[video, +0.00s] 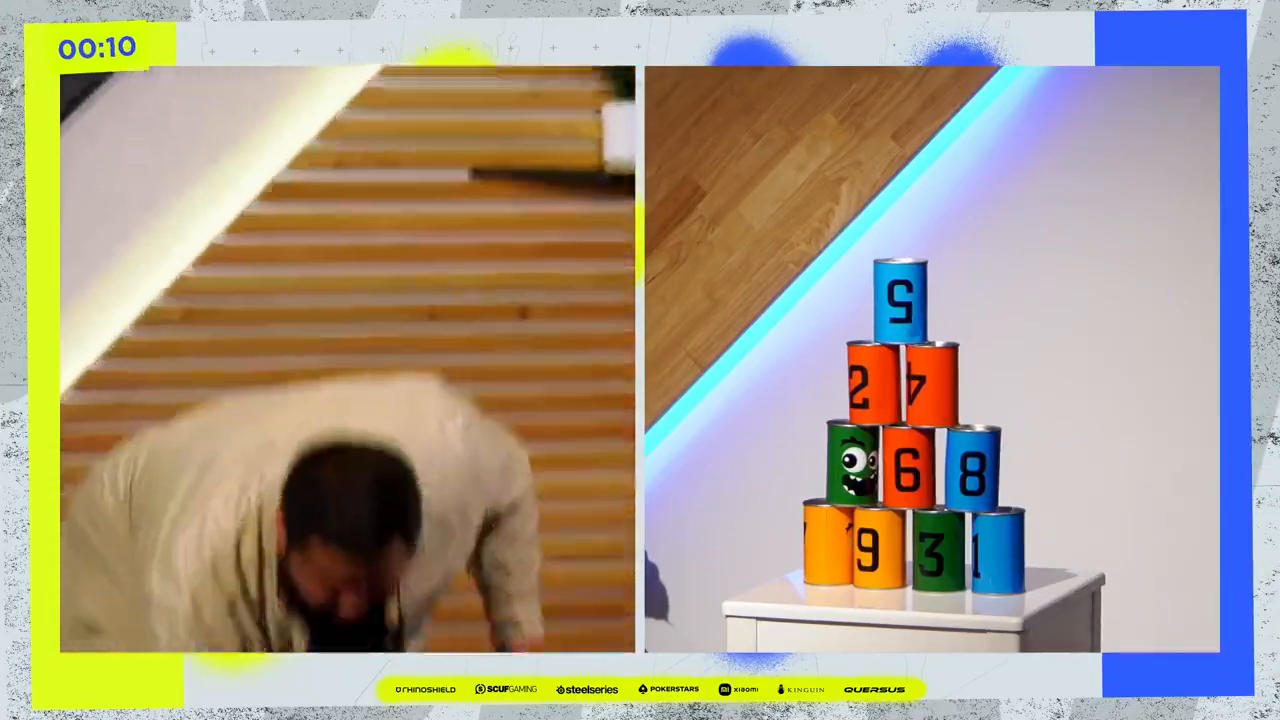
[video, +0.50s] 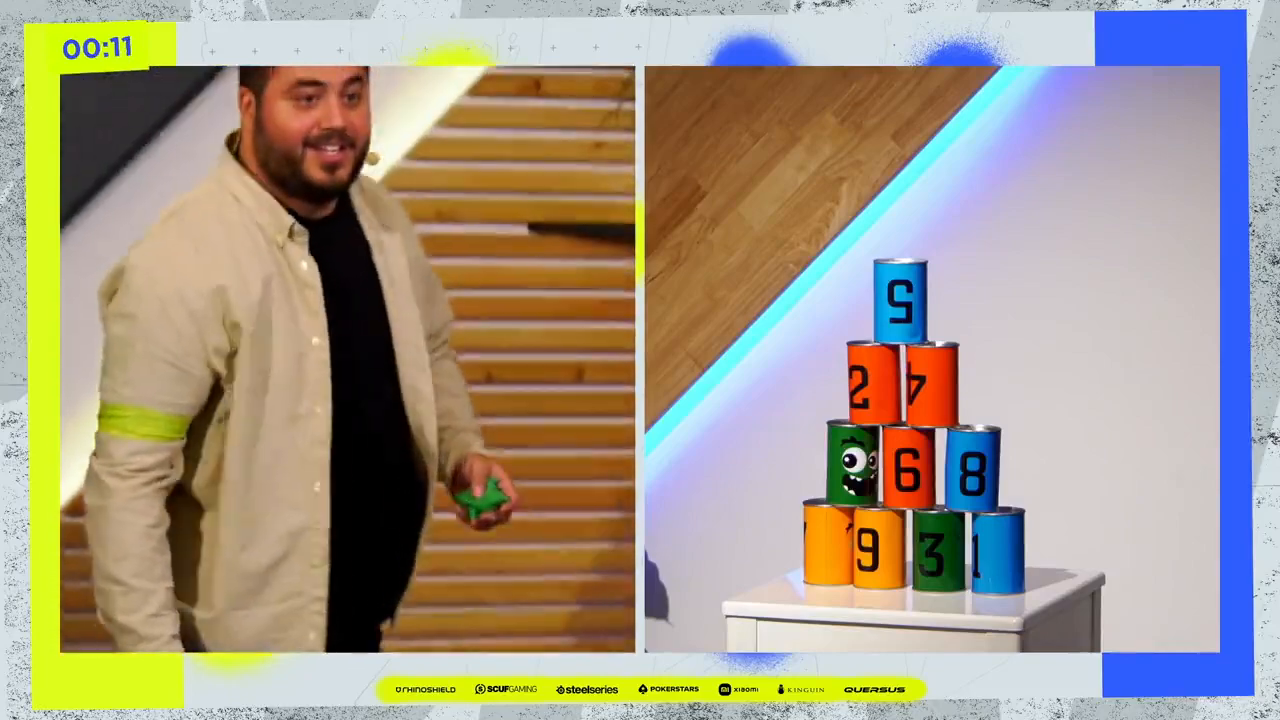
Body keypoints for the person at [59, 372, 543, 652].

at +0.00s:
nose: (350, 608)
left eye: (371, 587)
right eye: (331, 589)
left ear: (410, 541)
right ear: (283, 534)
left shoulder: (461, 450)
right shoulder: (204, 558)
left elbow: (508, 490)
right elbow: (204, 697)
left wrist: (522, 640)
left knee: (374, 693)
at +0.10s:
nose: (353, 359)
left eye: (373, 331)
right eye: (325, 336)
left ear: (400, 297)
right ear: (276, 310)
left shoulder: (444, 273)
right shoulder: (192, 386)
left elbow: (508, 350)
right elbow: (170, 612)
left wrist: (513, 487)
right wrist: (172, 711)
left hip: (351, 452)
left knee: (378, 658)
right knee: (213, 677)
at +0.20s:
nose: (360, 156)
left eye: (377, 123)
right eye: (329, 130)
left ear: (398, 108)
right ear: (273, 123)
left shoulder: (445, 153)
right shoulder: (190, 252)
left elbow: (502, 260)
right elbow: (152, 485)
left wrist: (497, 392)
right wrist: (173, 679)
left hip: (371, 497)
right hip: (236, 506)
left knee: (360, 695)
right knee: (236, 696)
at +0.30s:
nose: (366, 64)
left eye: (382, 34)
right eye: (334, 38)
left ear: (406, 41)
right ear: (275, 47)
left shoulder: (434, 114)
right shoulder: (204, 178)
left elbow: (482, 239)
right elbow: (143, 412)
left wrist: (480, 365)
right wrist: (160, 625)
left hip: (372, 490)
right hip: (253, 506)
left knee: (362, 698)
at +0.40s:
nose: (353, 86)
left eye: (371, 63)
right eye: (322, 63)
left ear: (392, 71)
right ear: (265, 66)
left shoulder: (410, 159)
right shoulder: (197, 215)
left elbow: (454, 299)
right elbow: (136, 443)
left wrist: (467, 410)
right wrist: (157, 653)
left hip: (367, 568)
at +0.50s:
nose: (337, 121)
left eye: (353, 95)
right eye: (307, 96)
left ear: (369, 102)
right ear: (249, 106)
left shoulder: (380, 213)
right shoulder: (178, 264)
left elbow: (431, 352)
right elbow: (126, 478)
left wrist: (462, 452)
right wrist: (155, 664)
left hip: (363, 611)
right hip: (242, 633)